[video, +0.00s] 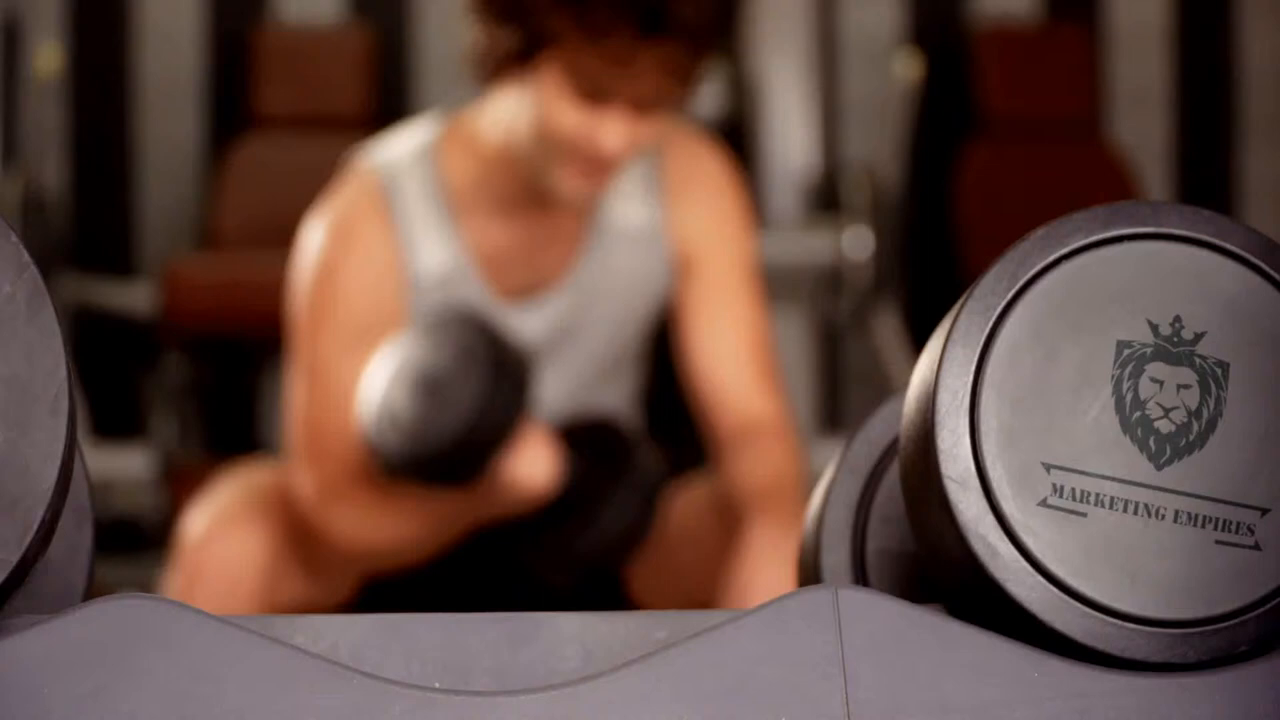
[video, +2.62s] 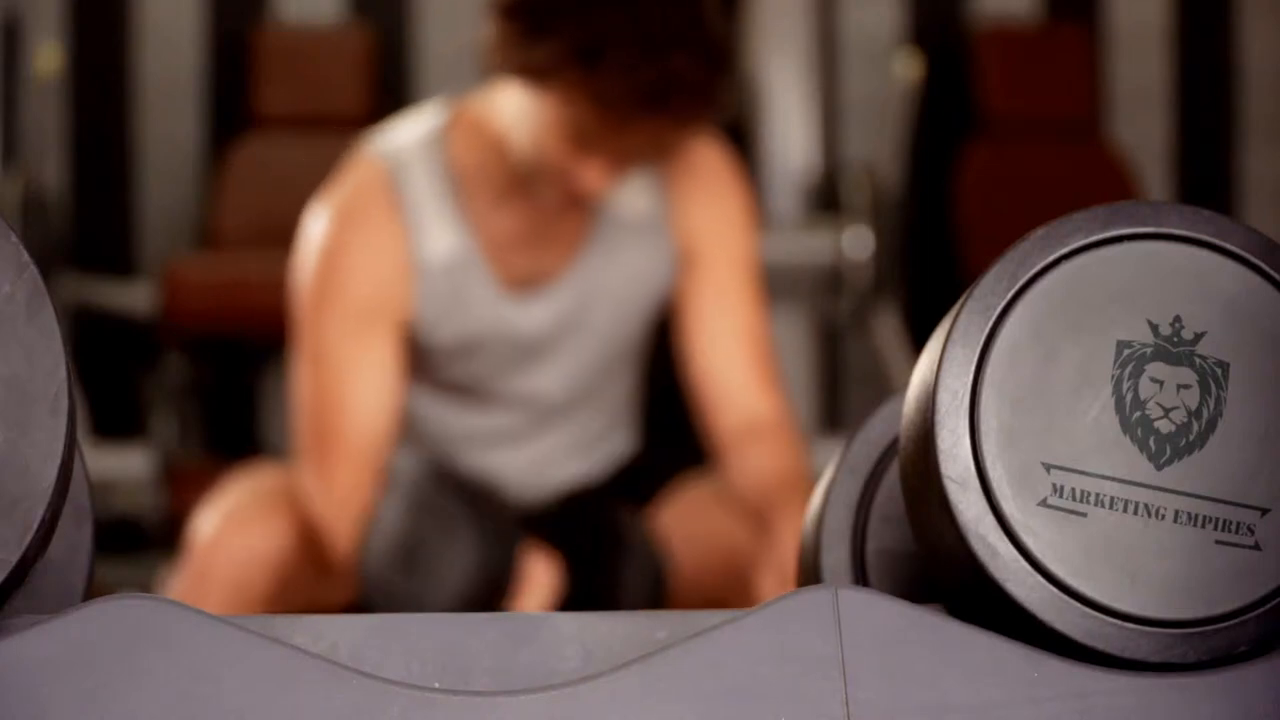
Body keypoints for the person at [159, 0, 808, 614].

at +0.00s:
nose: (615, 139)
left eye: (650, 108)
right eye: (592, 95)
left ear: (681, 99)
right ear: (518, 52)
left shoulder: (687, 176)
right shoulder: (366, 217)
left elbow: (754, 431)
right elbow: (341, 515)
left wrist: (769, 555)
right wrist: (493, 493)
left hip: (589, 530)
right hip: (397, 537)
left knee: (777, 531)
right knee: (230, 531)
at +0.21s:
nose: (628, 137)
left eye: (661, 106)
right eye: (604, 94)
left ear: (690, 97)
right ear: (528, 54)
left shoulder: (697, 176)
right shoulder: (387, 209)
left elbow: (754, 429)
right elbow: (342, 504)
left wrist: (768, 548)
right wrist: (499, 584)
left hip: (609, 513)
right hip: (425, 511)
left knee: (784, 531)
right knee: (231, 525)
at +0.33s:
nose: (638, 143)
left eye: (669, 112)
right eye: (615, 101)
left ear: (696, 101)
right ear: (538, 62)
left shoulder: (704, 178)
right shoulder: (399, 209)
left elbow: (755, 436)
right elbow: (339, 516)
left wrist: (768, 561)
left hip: (602, 517)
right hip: (416, 524)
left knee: (769, 543)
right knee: (234, 528)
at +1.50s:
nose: (622, 199)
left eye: (655, 175)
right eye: (606, 161)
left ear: (695, 146)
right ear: (553, 90)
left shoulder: (705, 175)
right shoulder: (402, 211)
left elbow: (753, 428)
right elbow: (340, 502)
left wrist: (779, 571)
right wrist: (449, 640)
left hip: (602, 515)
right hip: (417, 524)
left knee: (789, 539)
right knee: (245, 524)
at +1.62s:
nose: (613, 202)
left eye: (646, 177)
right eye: (597, 164)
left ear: (690, 148)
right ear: (545, 91)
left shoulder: (701, 175)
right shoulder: (385, 208)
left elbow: (755, 428)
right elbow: (341, 502)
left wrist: (777, 579)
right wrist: (509, 579)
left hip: (604, 519)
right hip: (412, 522)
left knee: (794, 524)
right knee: (245, 527)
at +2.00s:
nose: (588, 201)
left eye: (615, 174)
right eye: (573, 164)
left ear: (652, 137)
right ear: (509, 98)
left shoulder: (671, 173)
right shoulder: (328, 212)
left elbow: (747, 423)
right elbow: (340, 499)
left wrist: (790, 586)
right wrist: (489, 465)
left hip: (600, 522)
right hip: (400, 527)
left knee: (778, 540)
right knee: (235, 532)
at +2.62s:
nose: (600, 180)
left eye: (633, 153)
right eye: (584, 141)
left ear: (672, 119)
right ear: (527, 75)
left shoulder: (692, 171)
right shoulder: (369, 210)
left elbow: (750, 423)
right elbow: (341, 497)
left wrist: (797, 536)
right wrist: (497, 574)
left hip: (607, 512)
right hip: (423, 516)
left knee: (794, 533)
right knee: (241, 528)